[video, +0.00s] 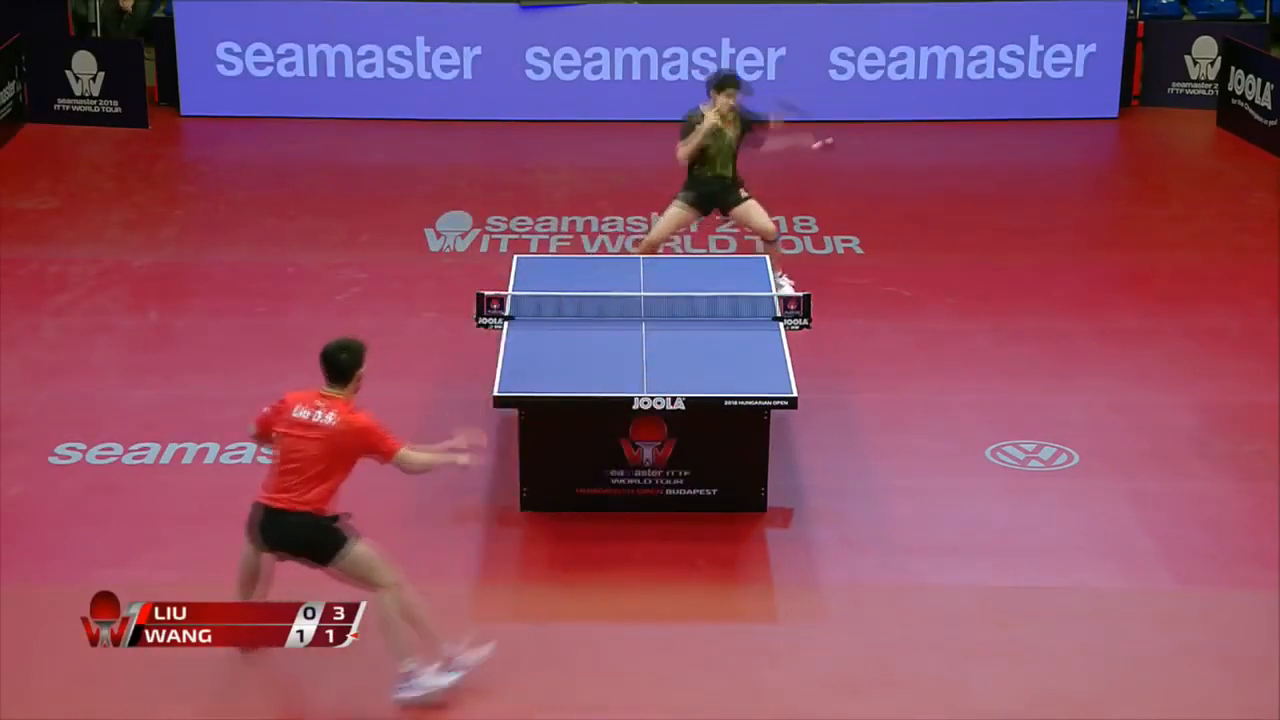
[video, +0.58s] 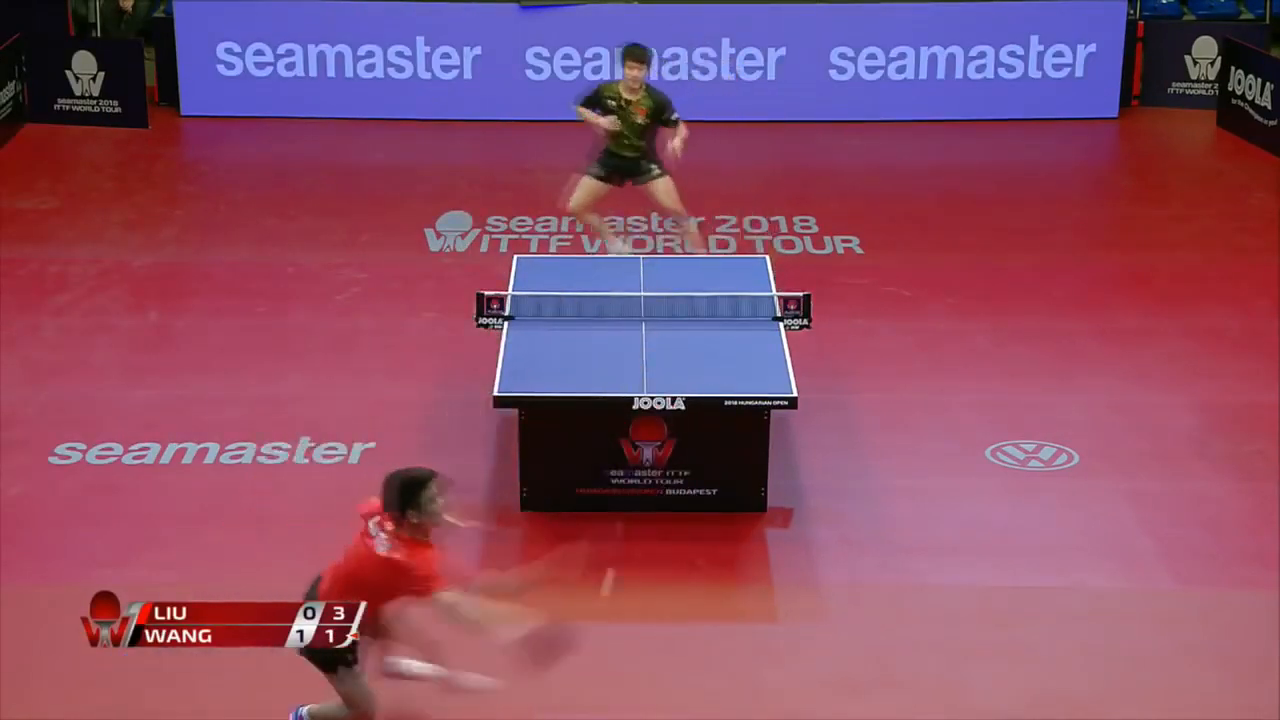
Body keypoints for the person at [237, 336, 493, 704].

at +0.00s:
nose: (363, 374)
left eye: (361, 369)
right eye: (362, 370)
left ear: (323, 371)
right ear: (358, 375)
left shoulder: (291, 403)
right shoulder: (355, 423)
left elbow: (259, 433)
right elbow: (408, 460)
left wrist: (299, 438)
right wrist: (451, 456)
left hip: (265, 519)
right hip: (308, 526)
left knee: (254, 545)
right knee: (388, 582)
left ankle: (242, 623)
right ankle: (412, 672)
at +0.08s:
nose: (355, 393)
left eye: (351, 385)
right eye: (354, 387)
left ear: (315, 386)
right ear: (349, 394)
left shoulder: (285, 415)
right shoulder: (343, 444)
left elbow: (255, 444)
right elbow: (391, 492)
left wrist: (292, 463)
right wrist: (441, 499)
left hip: (243, 527)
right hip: (282, 542)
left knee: (234, 565)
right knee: (352, 600)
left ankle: (195, 636)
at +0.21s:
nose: (345, 447)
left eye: (344, 440)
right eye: (344, 442)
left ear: (307, 439)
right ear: (337, 449)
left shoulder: (295, 459)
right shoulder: (313, 499)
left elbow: (325, 488)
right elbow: (317, 570)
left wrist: (341, 519)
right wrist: (349, 601)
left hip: (213, 568)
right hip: (242, 586)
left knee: (211, 613)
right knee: (326, 611)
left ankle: (135, 656)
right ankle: (311, 706)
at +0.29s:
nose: (354, 475)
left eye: (352, 470)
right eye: (351, 470)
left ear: (326, 475)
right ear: (336, 479)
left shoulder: (331, 494)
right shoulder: (298, 522)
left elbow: (386, 504)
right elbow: (285, 590)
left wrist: (418, 533)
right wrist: (319, 626)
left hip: (238, 579)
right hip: (237, 592)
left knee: (205, 630)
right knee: (321, 630)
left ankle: (138, 655)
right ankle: (301, 708)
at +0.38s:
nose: (376, 496)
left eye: (373, 491)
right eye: (370, 491)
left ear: (353, 496)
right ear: (349, 499)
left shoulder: (359, 512)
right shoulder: (312, 543)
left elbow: (418, 508)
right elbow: (300, 607)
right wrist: (331, 629)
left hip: (283, 590)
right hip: (255, 597)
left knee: (220, 627)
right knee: (328, 639)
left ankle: (155, 645)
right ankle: (308, 706)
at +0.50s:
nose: (417, 500)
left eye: (413, 492)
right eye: (409, 497)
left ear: (391, 511)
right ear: (390, 512)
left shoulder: (381, 516)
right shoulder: (367, 557)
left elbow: (401, 486)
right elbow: (358, 611)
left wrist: (427, 496)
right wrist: (370, 654)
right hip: (299, 609)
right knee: (364, 685)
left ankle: (270, 642)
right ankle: (305, 714)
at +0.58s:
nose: (442, 505)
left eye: (440, 498)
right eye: (434, 501)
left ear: (406, 508)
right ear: (413, 513)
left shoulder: (380, 513)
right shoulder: (417, 559)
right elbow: (463, 607)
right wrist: (525, 616)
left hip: (324, 592)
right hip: (328, 630)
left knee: (414, 624)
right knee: (364, 710)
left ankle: (394, 658)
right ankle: (303, 715)